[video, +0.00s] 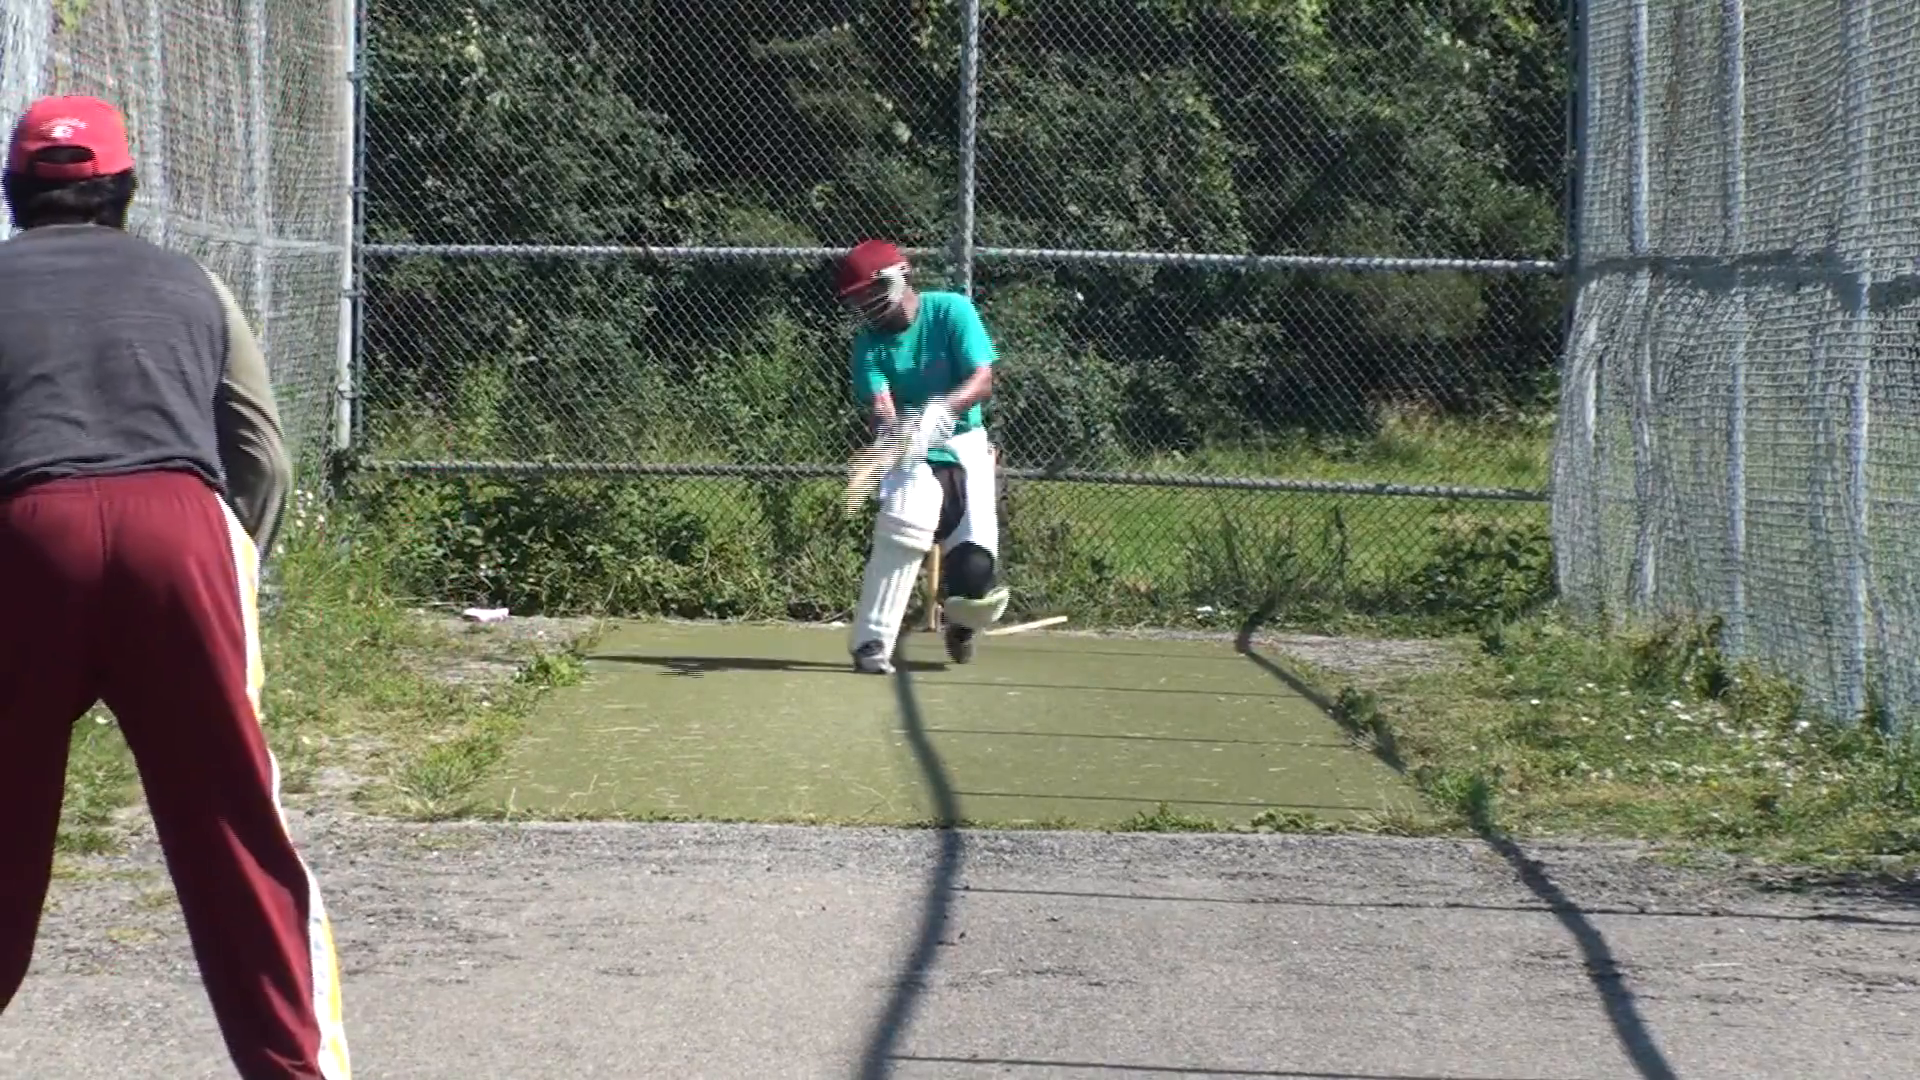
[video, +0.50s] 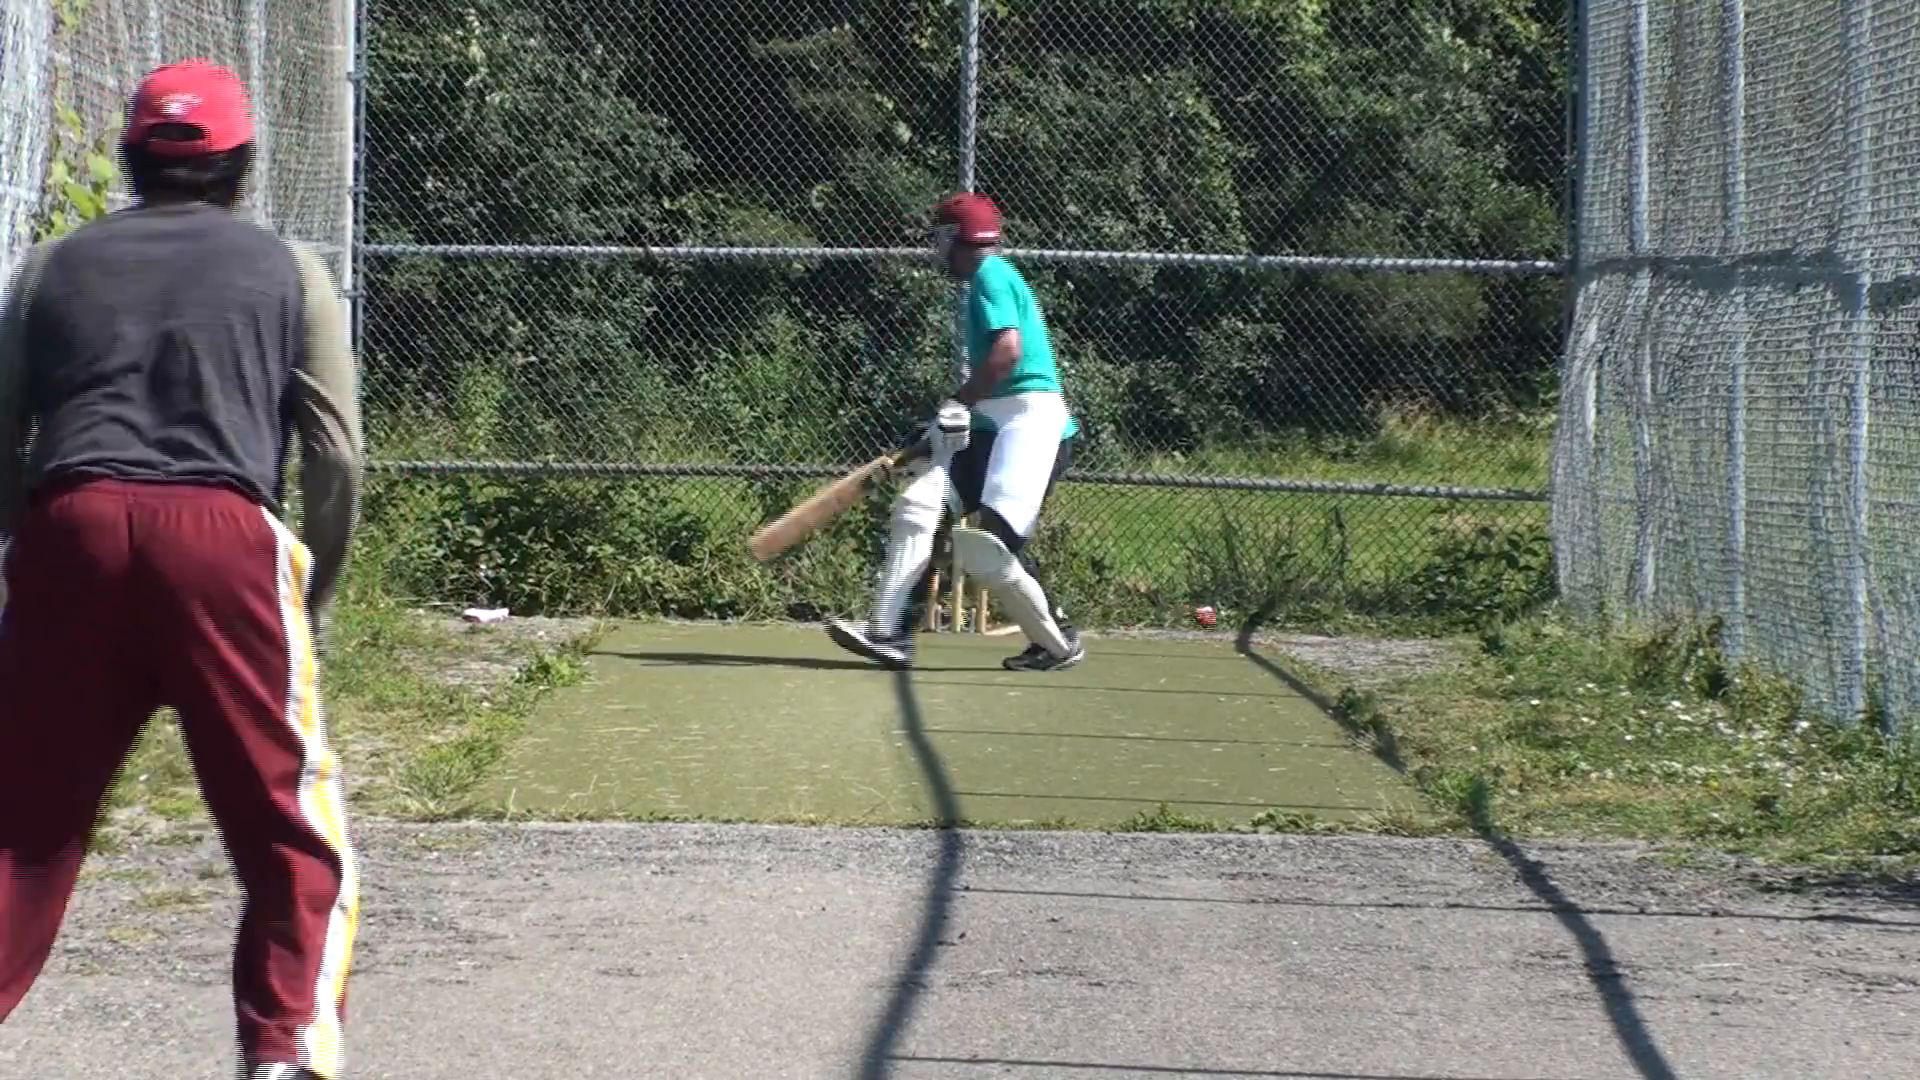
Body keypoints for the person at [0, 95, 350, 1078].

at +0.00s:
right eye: (114, 183)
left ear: (16, 194)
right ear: (124, 194)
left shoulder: (2, 273)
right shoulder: (190, 281)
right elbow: (259, 449)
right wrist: (230, 568)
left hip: (29, 531)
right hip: (175, 529)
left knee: (7, 825)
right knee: (226, 811)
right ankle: (291, 1058)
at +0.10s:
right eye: (131, 181)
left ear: (31, 192)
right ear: (141, 191)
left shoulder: (6, 271)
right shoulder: (206, 280)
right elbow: (269, 447)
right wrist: (239, 569)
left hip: (36, 525)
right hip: (183, 524)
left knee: (10, 815)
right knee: (229, 806)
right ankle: (292, 1058)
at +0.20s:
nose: (132, 192)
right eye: (142, 177)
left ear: (46, 188)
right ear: (156, 188)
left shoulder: (11, 271)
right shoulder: (223, 283)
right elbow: (279, 451)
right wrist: (248, 577)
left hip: (41, 525)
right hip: (192, 525)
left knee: (11, 821)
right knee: (235, 811)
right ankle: (294, 1059)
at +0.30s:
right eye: (164, 180)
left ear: (63, 189)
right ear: (176, 189)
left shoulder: (18, 270)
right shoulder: (237, 279)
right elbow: (294, 455)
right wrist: (264, 585)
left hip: (48, 528)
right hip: (203, 529)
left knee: (17, 825)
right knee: (243, 819)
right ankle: (297, 1060)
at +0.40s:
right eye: (191, 166)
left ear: (92, 176)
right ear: (204, 181)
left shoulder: (32, 272)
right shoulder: (259, 275)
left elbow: (11, 403)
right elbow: (319, 449)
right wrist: (289, 583)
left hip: (60, 538)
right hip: (213, 539)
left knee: (19, 829)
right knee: (256, 829)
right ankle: (300, 1061)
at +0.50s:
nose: (224, 163)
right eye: (230, 149)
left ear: (132, 161)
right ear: (239, 162)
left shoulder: (58, 261)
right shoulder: (290, 267)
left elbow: (11, 424)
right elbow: (339, 454)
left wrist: (26, 533)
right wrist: (310, 584)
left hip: (65, 538)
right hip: (224, 542)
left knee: (29, 825)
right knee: (282, 820)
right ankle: (284, 1053)